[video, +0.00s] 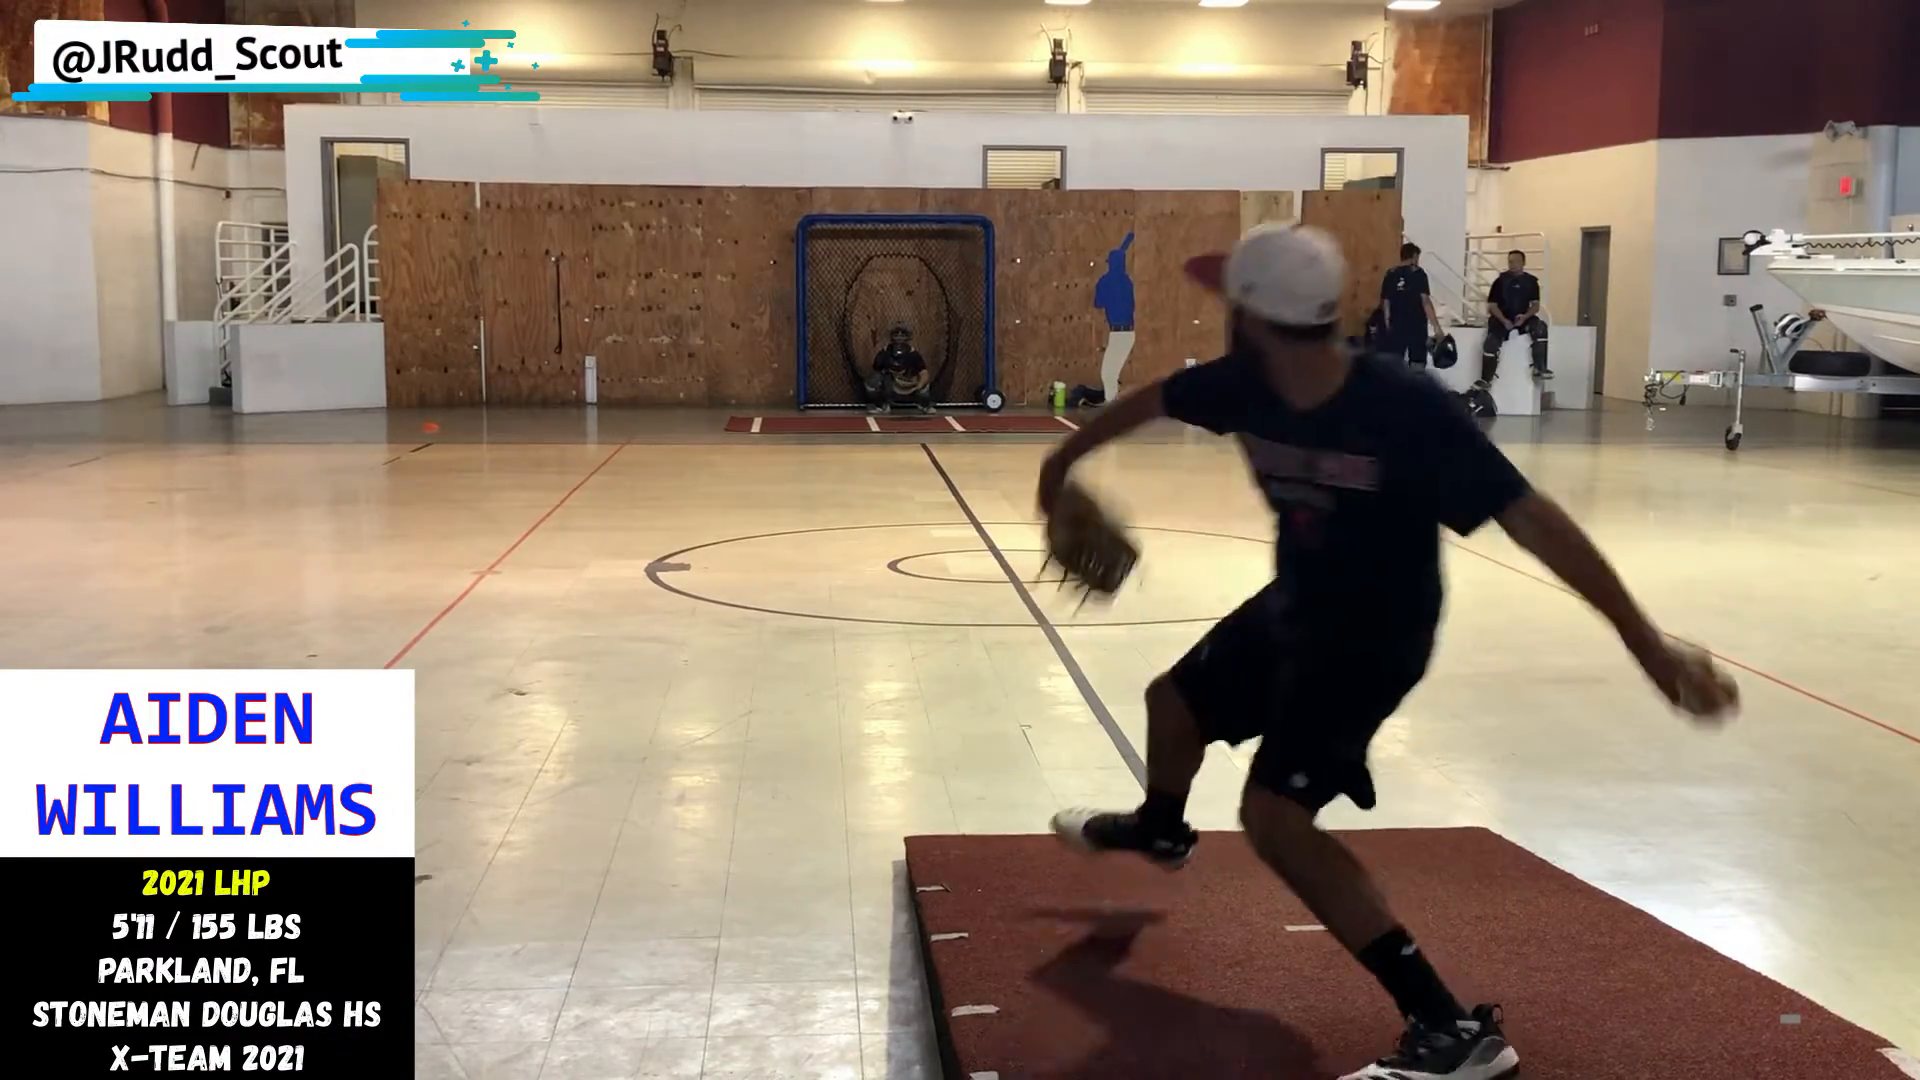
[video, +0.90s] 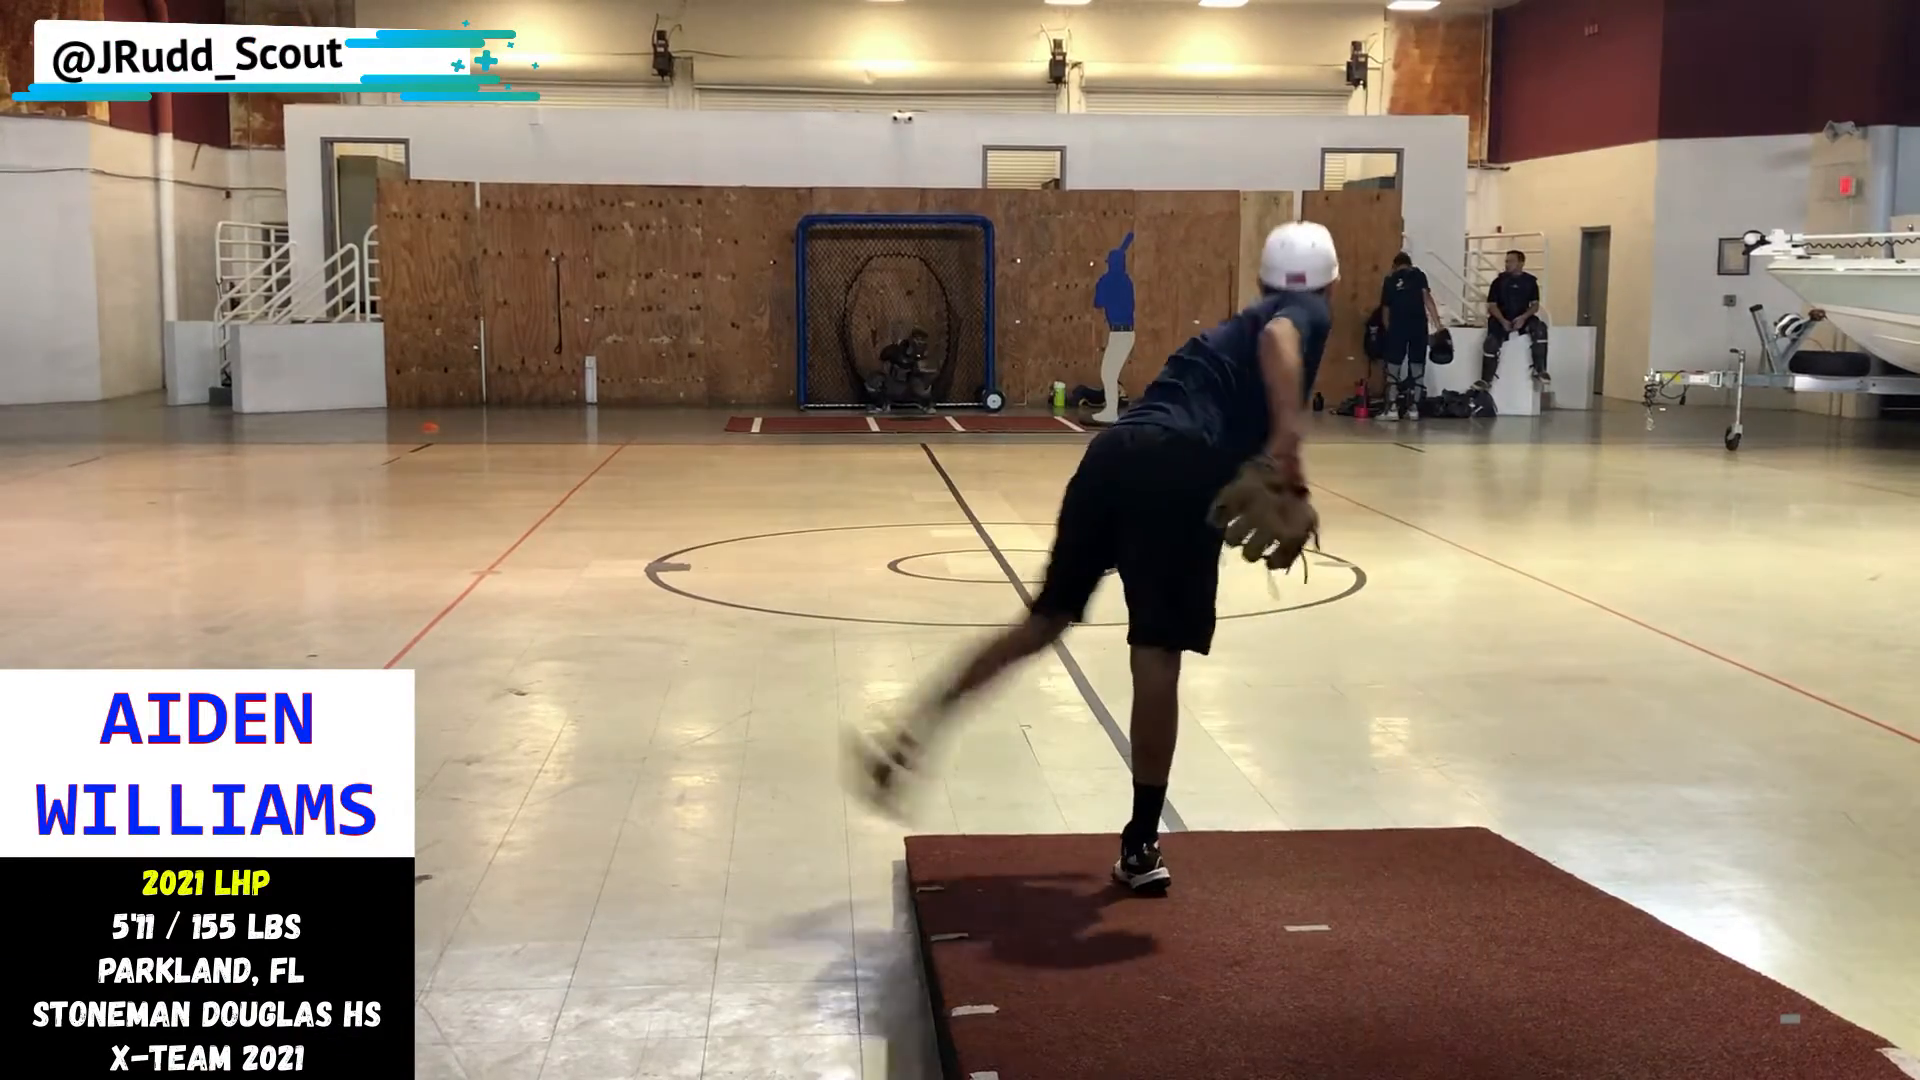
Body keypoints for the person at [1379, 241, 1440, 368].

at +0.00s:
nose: (1418, 260)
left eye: (1418, 257)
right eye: (1417, 257)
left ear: (1402, 256)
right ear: (1414, 256)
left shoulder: (1391, 273)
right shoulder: (1418, 273)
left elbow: (1386, 302)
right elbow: (1425, 300)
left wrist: (1387, 324)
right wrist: (1436, 327)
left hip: (1396, 327)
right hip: (1416, 328)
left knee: (1394, 366)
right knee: (1417, 368)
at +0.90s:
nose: (1395, 270)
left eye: (1394, 266)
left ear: (1394, 265)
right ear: (1410, 263)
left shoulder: (1389, 280)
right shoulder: (1418, 274)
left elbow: (1386, 308)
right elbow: (1427, 298)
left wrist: (1388, 328)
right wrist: (1437, 323)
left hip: (1398, 330)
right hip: (1418, 329)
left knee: (1393, 370)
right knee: (1418, 369)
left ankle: (1392, 408)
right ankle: (1414, 408)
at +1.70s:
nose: (1387, 266)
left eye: (1386, 264)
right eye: (1389, 263)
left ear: (1383, 263)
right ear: (1399, 261)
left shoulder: (1380, 280)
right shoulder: (1410, 275)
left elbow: (1374, 303)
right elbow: (1424, 303)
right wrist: (1416, 321)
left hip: (1386, 327)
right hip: (1407, 326)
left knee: (1386, 367)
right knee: (1406, 366)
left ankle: (1387, 405)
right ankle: (1411, 404)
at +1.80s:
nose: (1376, 266)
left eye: (1375, 263)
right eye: (1379, 263)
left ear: (1376, 262)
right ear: (1391, 260)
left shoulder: (1372, 278)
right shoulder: (1404, 276)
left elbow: (1366, 304)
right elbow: (1418, 302)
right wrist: (1410, 315)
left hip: (1380, 329)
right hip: (1402, 329)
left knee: (1378, 368)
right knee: (1404, 368)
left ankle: (1374, 404)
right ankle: (1407, 405)